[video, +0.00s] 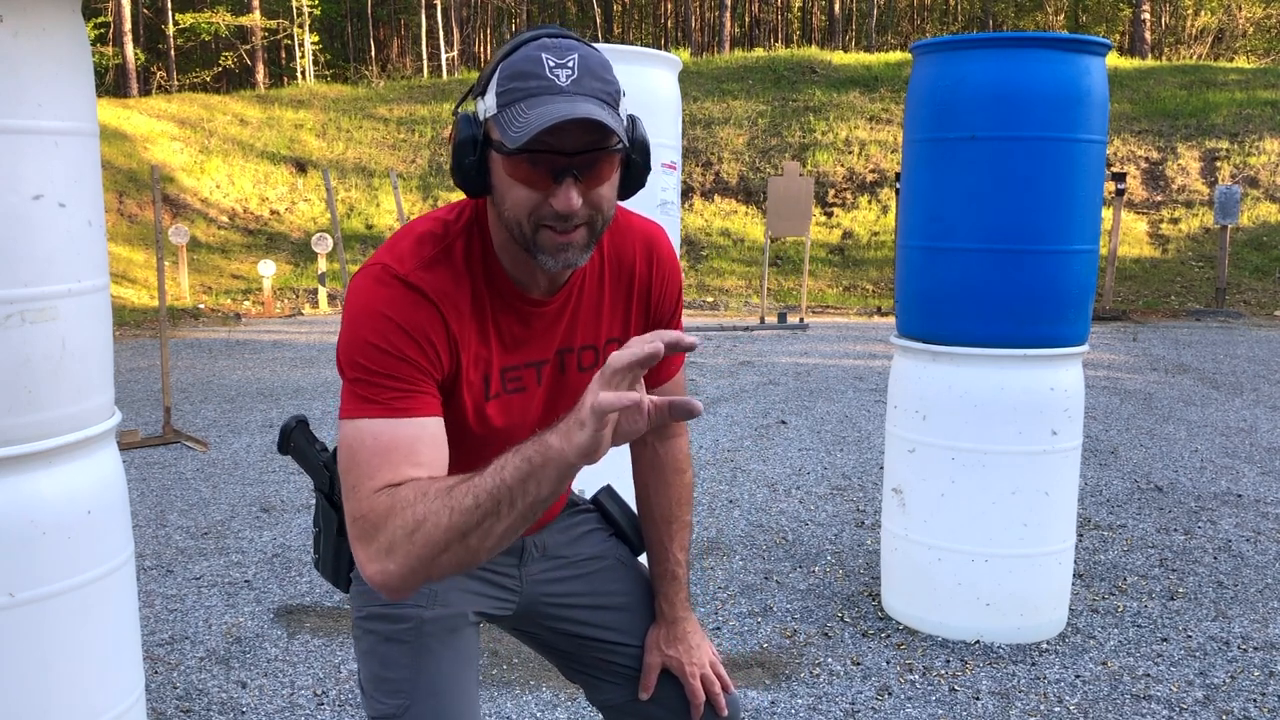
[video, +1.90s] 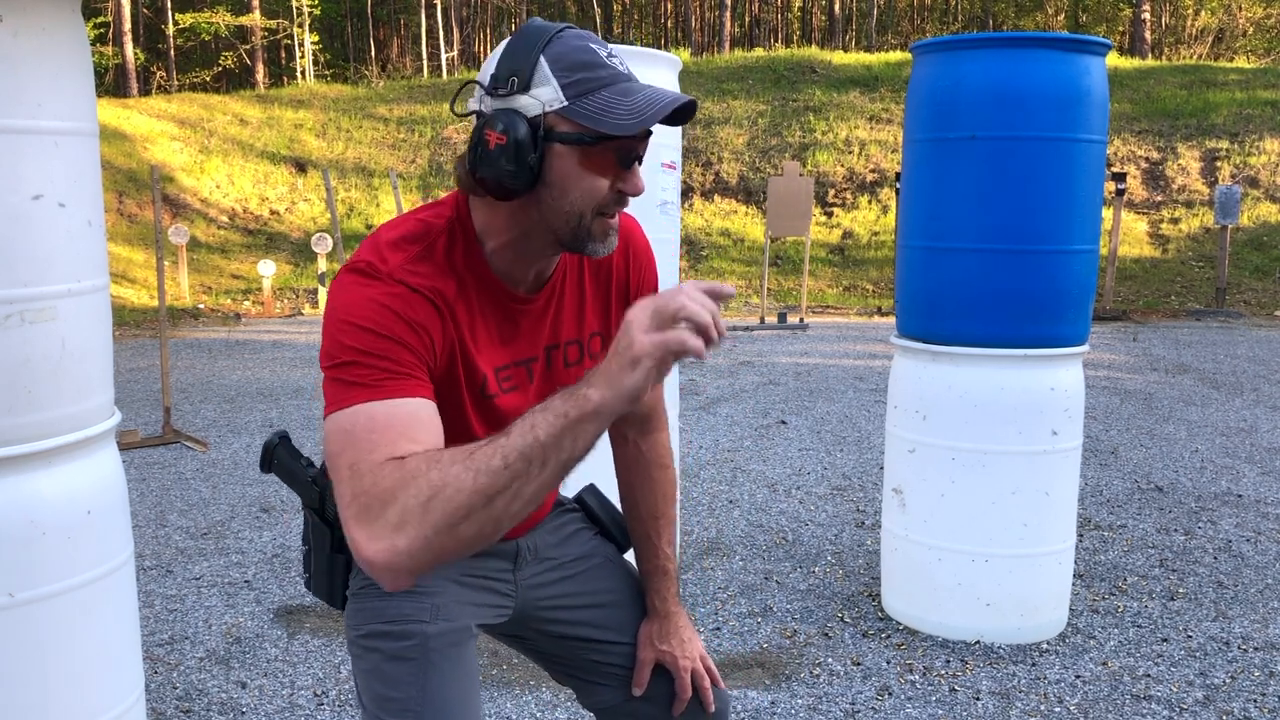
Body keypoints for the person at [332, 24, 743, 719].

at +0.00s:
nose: (568, 199)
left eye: (591, 165)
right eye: (537, 167)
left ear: (623, 162)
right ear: (482, 158)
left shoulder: (643, 257)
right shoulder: (398, 288)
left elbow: (662, 431)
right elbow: (391, 551)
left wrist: (675, 609)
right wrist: (574, 438)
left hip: (558, 532)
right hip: (421, 562)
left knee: (690, 702)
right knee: (431, 707)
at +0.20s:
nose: (573, 198)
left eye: (598, 163)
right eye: (544, 162)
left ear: (630, 161)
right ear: (491, 158)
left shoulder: (647, 260)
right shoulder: (400, 290)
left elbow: (663, 440)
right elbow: (367, 551)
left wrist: (675, 610)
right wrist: (572, 507)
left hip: (557, 541)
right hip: (418, 558)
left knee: (691, 704)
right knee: (430, 707)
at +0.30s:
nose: (577, 198)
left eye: (601, 163)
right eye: (548, 163)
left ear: (634, 162)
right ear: (491, 157)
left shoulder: (650, 261)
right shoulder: (401, 291)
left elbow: (665, 435)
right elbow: (356, 542)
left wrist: (674, 601)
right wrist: (553, 578)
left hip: (551, 524)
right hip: (416, 532)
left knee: (688, 702)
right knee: (431, 707)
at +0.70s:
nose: (607, 188)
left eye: (633, 157)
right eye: (583, 151)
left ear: (657, 165)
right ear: (511, 141)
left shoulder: (657, 262)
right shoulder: (407, 282)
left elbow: (669, 434)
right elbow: (321, 526)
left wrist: (679, 604)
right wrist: (528, 565)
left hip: (554, 520)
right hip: (415, 525)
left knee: (691, 704)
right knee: (433, 708)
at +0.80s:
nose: (613, 185)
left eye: (640, 155)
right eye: (591, 145)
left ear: (661, 166)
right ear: (519, 135)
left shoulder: (657, 260)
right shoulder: (406, 268)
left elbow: (669, 435)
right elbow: (317, 517)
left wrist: (676, 608)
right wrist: (540, 472)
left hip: (569, 530)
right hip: (421, 547)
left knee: (692, 705)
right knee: (431, 707)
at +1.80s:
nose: (633, 186)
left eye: (643, 160)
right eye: (609, 154)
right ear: (512, 142)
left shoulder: (631, 254)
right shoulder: (393, 271)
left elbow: (652, 429)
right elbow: (354, 517)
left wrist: (670, 610)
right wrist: (579, 422)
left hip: (551, 534)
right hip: (417, 554)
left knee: (688, 704)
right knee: (428, 705)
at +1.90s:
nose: (635, 182)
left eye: (636, 154)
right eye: (607, 150)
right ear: (507, 148)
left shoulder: (619, 253)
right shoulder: (384, 285)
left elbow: (642, 427)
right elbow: (390, 535)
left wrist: (664, 603)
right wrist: (606, 387)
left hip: (546, 535)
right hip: (416, 567)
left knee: (687, 700)